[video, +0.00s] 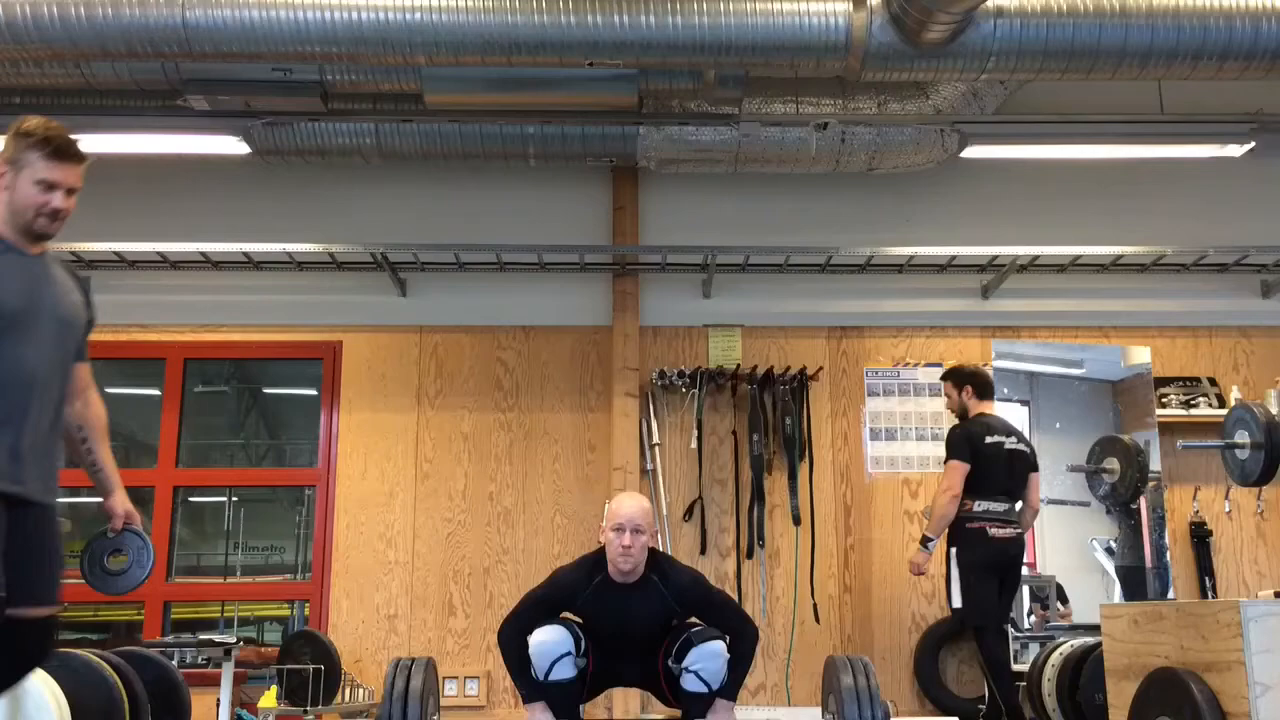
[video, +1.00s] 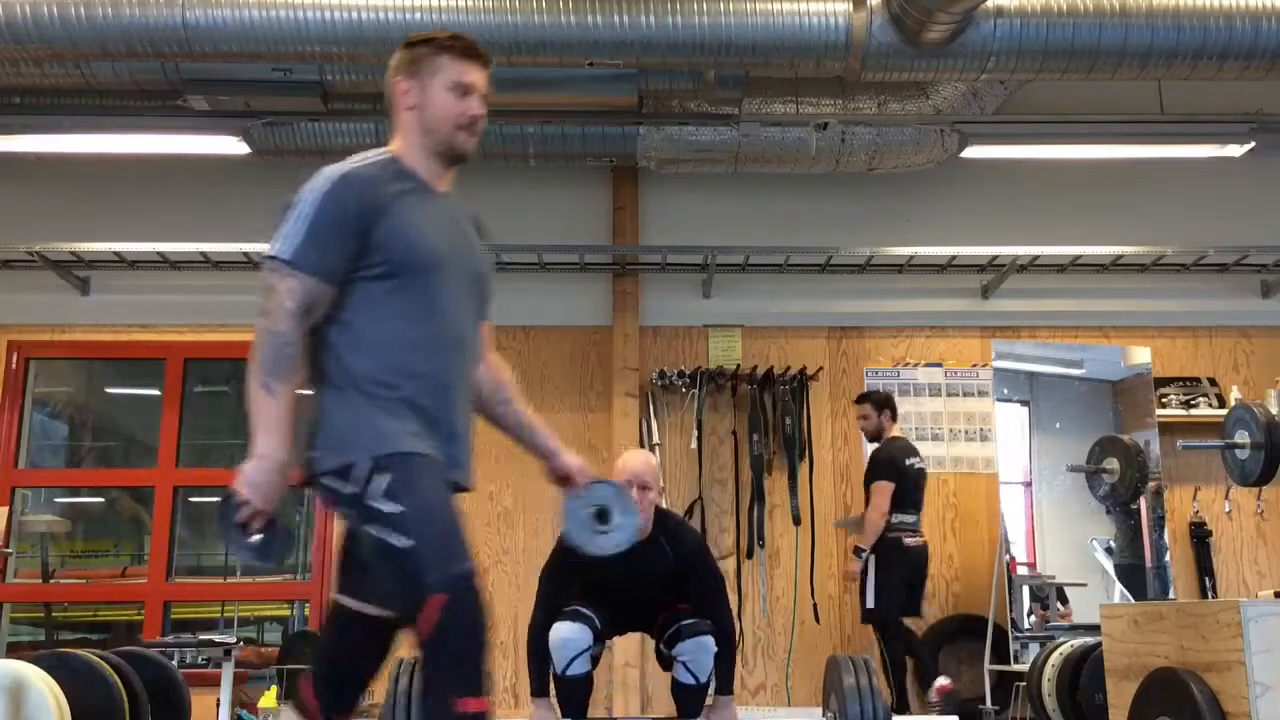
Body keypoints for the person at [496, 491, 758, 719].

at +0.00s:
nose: (626, 541)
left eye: (637, 532)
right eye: (618, 530)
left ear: (653, 539)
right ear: (602, 534)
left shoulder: (678, 579)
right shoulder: (576, 577)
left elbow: (746, 633)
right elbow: (509, 632)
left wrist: (724, 703)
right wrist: (534, 705)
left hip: (658, 668)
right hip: (596, 668)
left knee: (707, 651)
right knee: (549, 643)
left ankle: (699, 716)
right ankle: (567, 716)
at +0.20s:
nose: (628, 537)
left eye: (638, 528)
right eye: (619, 526)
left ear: (653, 534)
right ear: (603, 530)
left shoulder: (676, 575)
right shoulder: (576, 574)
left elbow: (743, 631)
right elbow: (510, 632)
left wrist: (725, 702)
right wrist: (534, 704)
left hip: (656, 660)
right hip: (595, 660)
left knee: (707, 651)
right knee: (548, 644)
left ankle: (699, 715)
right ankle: (568, 716)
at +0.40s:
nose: (629, 516)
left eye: (639, 507)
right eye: (620, 505)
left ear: (652, 514)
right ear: (604, 511)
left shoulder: (680, 559)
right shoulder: (574, 559)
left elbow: (732, 625)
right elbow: (523, 627)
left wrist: (725, 703)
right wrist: (534, 704)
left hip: (660, 634)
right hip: (598, 633)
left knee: (704, 653)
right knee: (552, 644)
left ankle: (696, 715)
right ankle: (569, 715)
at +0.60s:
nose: (629, 483)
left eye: (640, 474)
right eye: (620, 473)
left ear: (654, 481)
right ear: (606, 476)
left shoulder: (682, 532)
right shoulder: (574, 531)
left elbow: (715, 614)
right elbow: (545, 615)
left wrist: (723, 695)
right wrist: (539, 697)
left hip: (664, 603)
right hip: (599, 603)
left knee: (691, 641)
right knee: (570, 634)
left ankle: (687, 717)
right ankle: (574, 716)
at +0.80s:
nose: (629, 488)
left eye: (640, 478)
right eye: (620, 477)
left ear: (654, 485)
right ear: (605, 481)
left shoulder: (682, 533)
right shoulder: (574, 533)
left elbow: (714, 615)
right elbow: (546, 617)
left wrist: (723, 696)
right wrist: (541, 699)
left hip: (664, 602)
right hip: (600, 602)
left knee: (690, 642)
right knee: (572, 635)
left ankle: (687, 716)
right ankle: (575, 716)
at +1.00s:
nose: (634, 497)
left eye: (644, 489)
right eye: (626, 487)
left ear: (658, 495)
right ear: (611, 491)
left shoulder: (683, 540)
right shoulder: (581, 538)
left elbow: (722, 620)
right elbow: (541, 619)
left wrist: (724, 699)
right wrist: (540, 701)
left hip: (665, 610)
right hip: (602, 609)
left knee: (697, 643)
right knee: (567, 638)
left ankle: (690, 715)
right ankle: (574, 715)